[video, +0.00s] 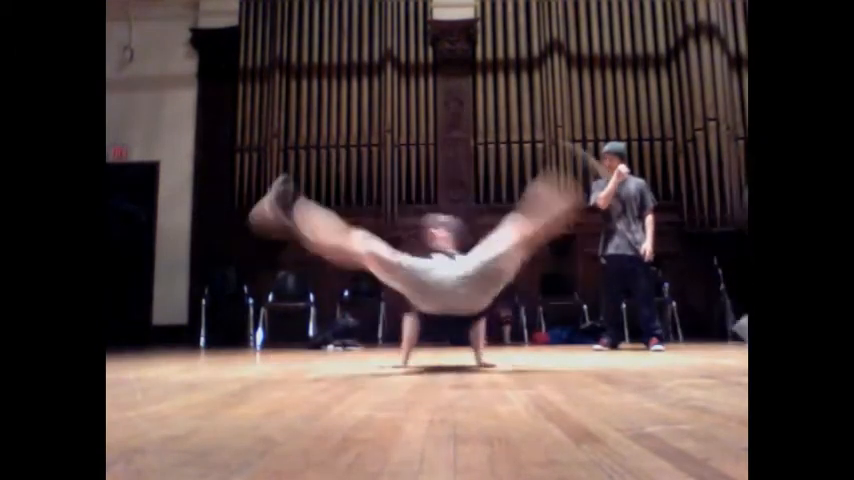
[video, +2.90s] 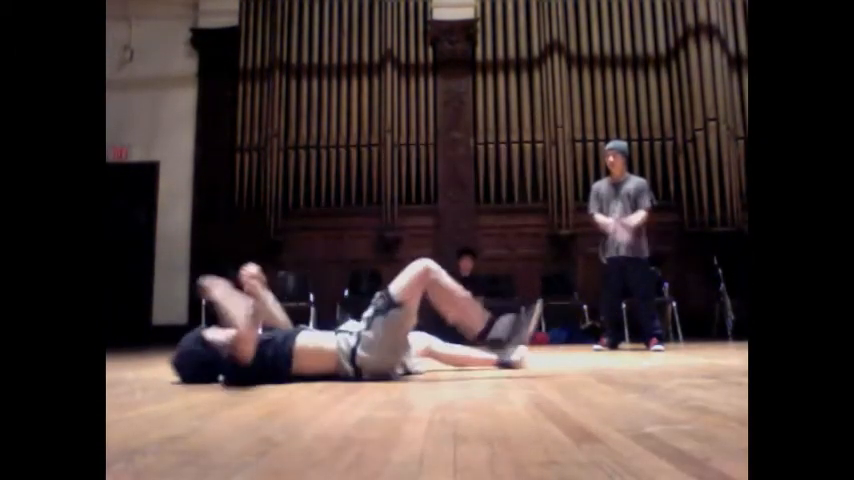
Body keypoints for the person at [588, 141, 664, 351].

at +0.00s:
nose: (606, 164)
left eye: (609, 159)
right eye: (604, 160)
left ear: (621, 160)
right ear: (604, 162)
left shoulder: (638, 184)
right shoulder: (600, 185)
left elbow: (648, 213)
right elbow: (601, 203)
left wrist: (648, 242)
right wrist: (616, 179)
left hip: (636, 248)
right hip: (612, 249)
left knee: (644, 296)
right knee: (611, 297)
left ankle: (653, 336)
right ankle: (610, 336)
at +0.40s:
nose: (607, 165)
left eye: (611, 160)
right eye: (604, 161)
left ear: (622, 162)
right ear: (602, 164)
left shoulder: (638, 185)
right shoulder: (598, 188)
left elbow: (648, 213)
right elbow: (590, 218)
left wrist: (647, 242)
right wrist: (610, 203)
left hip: (635, 247)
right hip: (610, 249)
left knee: (643, 294)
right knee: (611, 296)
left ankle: (653, 336)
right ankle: (612, 337)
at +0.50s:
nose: (610, 162)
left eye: (614, 158)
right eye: (607, 158)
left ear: (623, 160)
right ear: (605, 162)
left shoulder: (639, 184)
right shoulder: (598, 188)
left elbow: (651, 211)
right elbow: (592, 214)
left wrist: (647, 241)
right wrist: (608, 226)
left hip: (636, 250)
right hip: (611, 251)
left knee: (644, 296)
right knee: (610, 298)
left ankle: (653, 336)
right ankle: (609, 337)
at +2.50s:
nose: (612, 159)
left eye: (616, 155)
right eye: (609, 155)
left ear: (625, 158)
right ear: (606, 160)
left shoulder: (640, 185)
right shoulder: (598, 188)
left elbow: (649, 215)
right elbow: (595, 219)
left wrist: (652, 245)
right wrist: (595, 246)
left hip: (636, 251)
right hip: (610, 252)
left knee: (645, 297)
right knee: (610, 299)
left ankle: (653, 336)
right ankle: (609, 337)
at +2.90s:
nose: (611, 161)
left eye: (615, 156)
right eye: (608, 157)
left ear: (624, 159)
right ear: (605, 161)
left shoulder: (639, 184)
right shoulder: (598, 187)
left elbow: (644, 211)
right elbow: (595, 214)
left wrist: (627, 223)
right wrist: (611, 225)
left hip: (636, 252)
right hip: (611, 253)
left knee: (644, 296)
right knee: (610, 298)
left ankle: (653, 336)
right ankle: (609, 337)